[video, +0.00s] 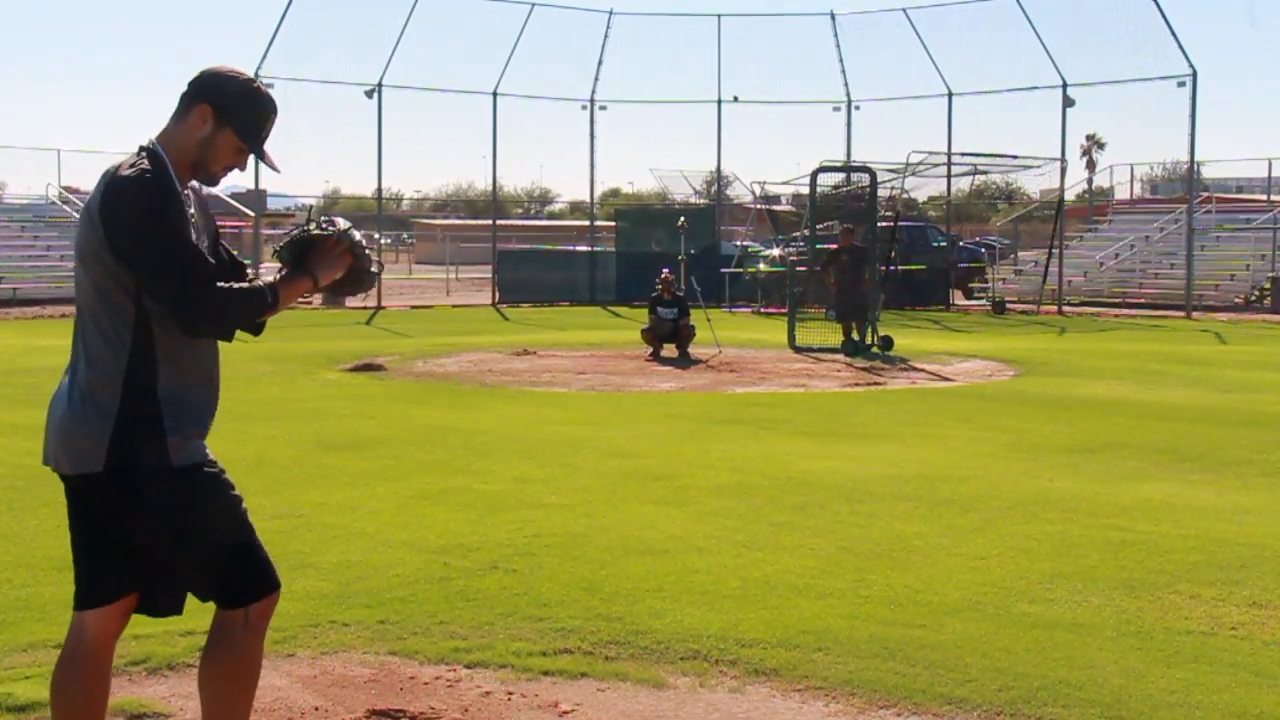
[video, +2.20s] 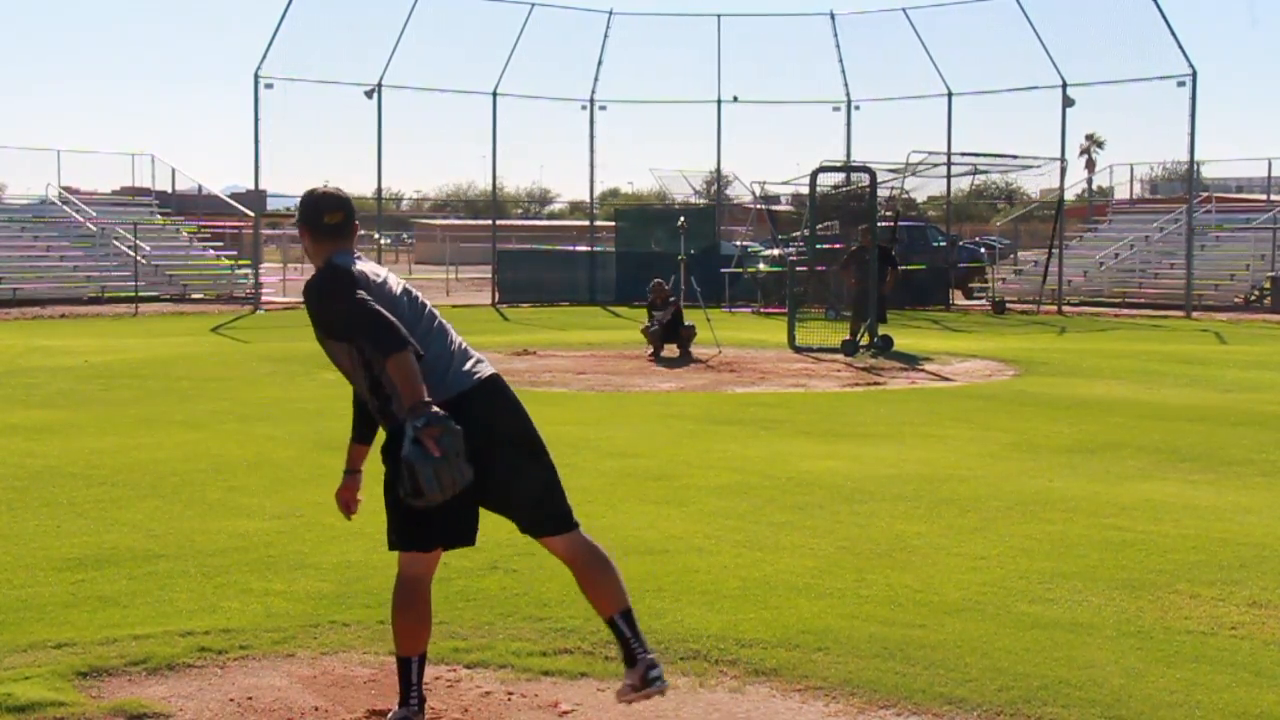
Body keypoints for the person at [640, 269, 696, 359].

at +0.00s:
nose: (666, 287)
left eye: (669, 284)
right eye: (664, 284)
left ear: (673, 285)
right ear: (660, 285)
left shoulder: (680, 299)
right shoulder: (654, 299)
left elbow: (685, 319)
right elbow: (652, 318)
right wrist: (663, 325)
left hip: (676, 328)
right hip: (660, 328)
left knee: (689, 329)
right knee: (646, 332)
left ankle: (682, 349)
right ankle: (656, 348)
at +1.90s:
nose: (667, 286)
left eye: (669, 283)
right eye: (664, 284)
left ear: (673, 284)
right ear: (660, 285)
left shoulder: (679, 299)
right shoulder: (654, 299)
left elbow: (685, 317)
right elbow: (649, 314)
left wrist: (675, 317)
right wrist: (652, 320)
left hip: (675, 325)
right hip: (660, 325)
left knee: (688, 330)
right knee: (648, 331)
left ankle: (683, 349)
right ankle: (656, 348)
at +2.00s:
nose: (664, 288)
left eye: (666, 285)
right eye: (661, 285)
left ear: (670, 286)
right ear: (658, 286)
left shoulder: (676, 299)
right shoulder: (653, 300)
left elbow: (682, 313)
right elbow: (649, 316)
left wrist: (672, 312)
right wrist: (648, 322)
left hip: (675, 324)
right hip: (660, 324)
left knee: (689, 330)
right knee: (649, 330)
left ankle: (683, 349)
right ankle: (656, 348)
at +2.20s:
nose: (658, 294)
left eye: (660, 291)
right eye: (655, 292)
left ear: (665, 291)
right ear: (651, 293)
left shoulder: (673, 302)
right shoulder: (651, 305)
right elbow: (651, 319)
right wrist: (653, 323)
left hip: (674, 330)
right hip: (660, 330)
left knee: (689, 329)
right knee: (651, 331)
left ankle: (684, 350)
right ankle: (656, 349)